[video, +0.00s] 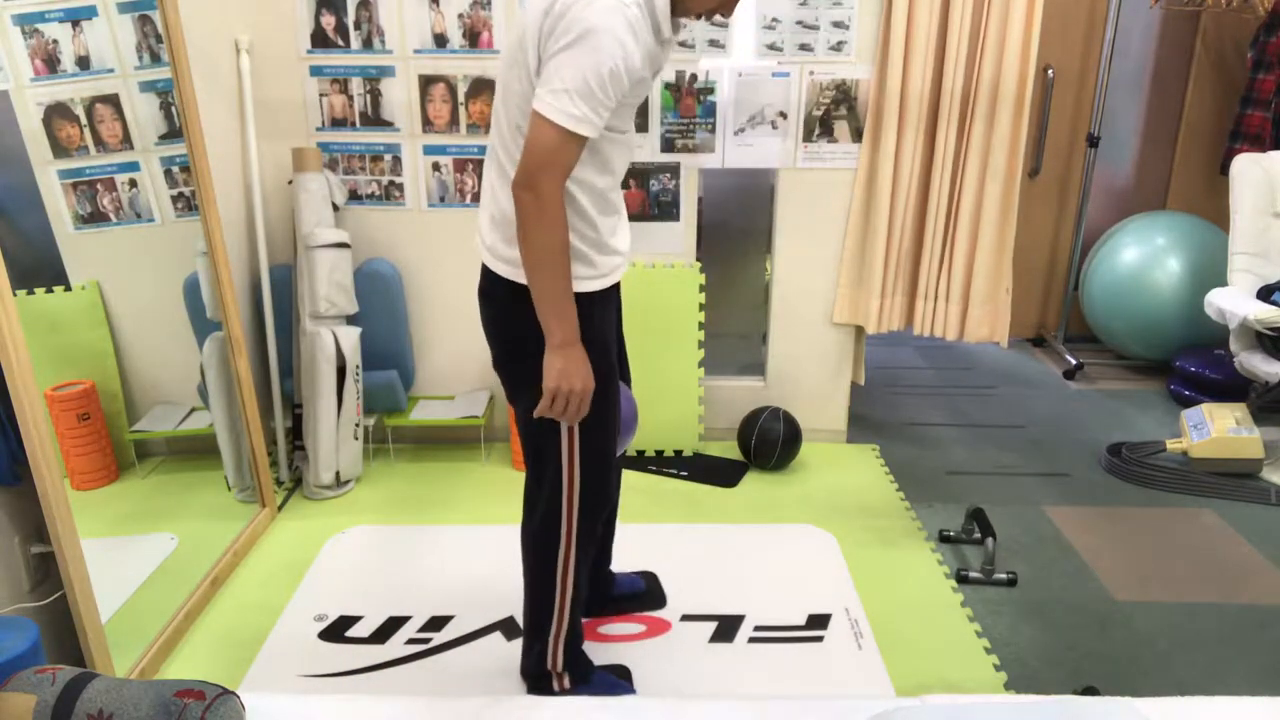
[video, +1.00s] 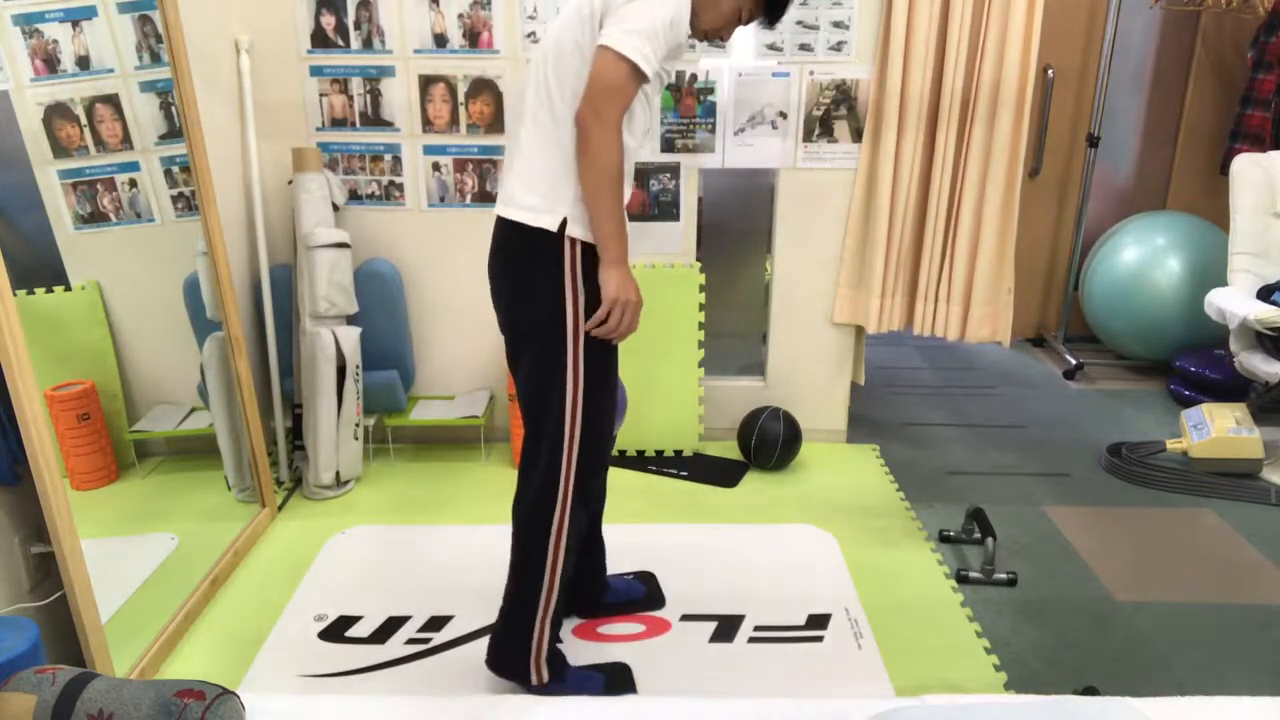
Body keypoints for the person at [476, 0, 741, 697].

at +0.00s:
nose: (728, 7)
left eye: (734, 1)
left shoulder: (640, 19)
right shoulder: (608, 29)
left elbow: (573, 173)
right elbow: (535, 185)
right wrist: (562, 341)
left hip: (587, 276)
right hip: (547, 287)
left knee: (603, 438)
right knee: (566, 473)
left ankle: (589, 583)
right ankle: (553, 666)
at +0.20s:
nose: (728, 7)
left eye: (735, 1)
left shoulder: (641, 17)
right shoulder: (616, 24)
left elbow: (575, 165)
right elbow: (544, 170)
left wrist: (600, 299)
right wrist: (570, 325)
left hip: (588, 271)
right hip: (551, 282)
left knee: (601, 442)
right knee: (568, 476)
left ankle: (585, 586)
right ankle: (554, 668)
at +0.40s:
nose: (724, 8)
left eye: (729, 4)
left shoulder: (643, 17)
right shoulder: (624, 15)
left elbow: (572, 148)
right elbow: (554, 146)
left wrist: (599, 289)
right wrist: (573, 295)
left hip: (586, 264)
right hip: (556, 273)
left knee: (596, 446)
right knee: (571, 470)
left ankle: (585, 587)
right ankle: (555, 668)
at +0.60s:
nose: (735, 16)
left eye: (745, 8)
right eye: (743, 2)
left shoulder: (641, 13)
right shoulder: (642, 10)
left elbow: (571, 125)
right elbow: (570, 125)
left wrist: (588, 263)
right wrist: (584, 272)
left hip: (566, 248)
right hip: (545, 253)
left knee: (593, 422)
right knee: (564, 449)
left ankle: (581, 585)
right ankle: (529, 655)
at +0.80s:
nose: (728, 27)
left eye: (743, 18)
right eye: (743, 11)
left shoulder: (624, 11)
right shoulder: (656, 9)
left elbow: (571, 120)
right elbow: (588, 122)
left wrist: (582, 258)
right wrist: (598, 269)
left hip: (553, 240)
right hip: (544, 244)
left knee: (583, 426)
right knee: (559, 444)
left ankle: (578, 586)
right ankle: (520, 655)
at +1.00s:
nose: (726, 35)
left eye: (740, 27)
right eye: (742, 19)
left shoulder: (621, 13)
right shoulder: (657, 7)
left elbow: (577, 122)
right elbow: (595, 115)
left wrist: (601, 254)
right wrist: (615, 262)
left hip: (559, 239)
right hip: (551, 241)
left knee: (590, 423)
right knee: (566, 442)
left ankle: (580, 586)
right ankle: (523, 653)